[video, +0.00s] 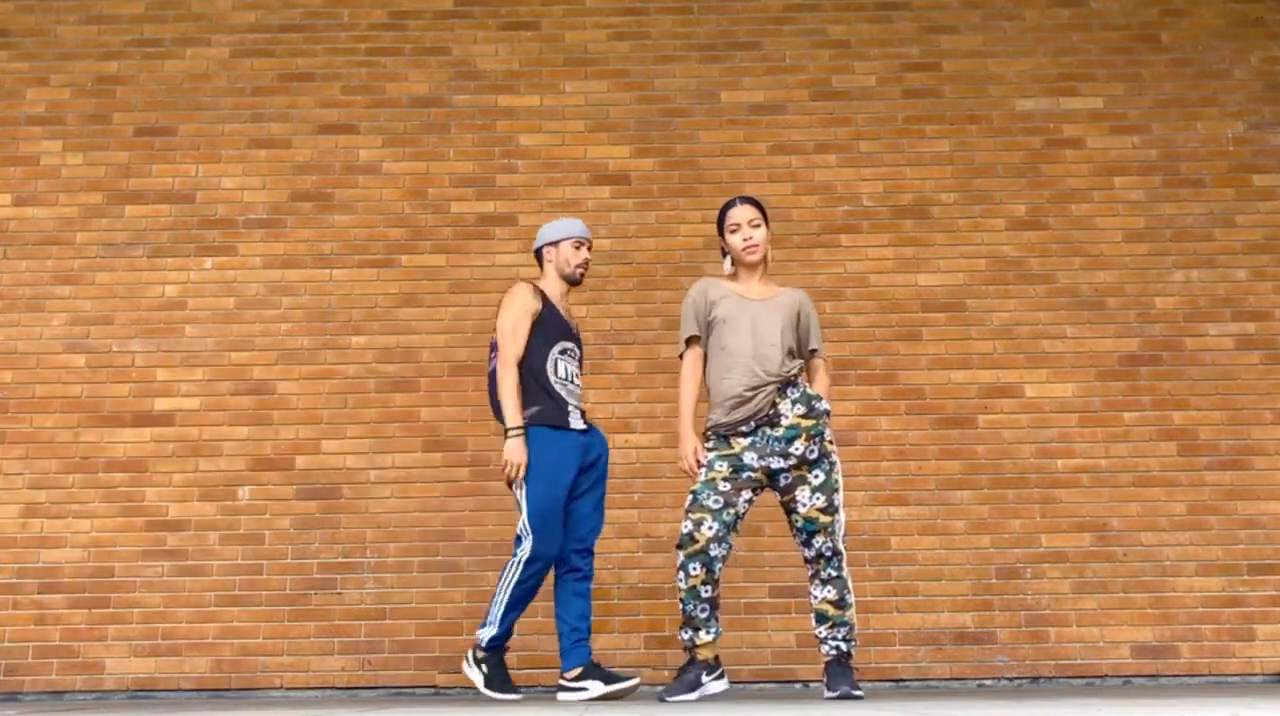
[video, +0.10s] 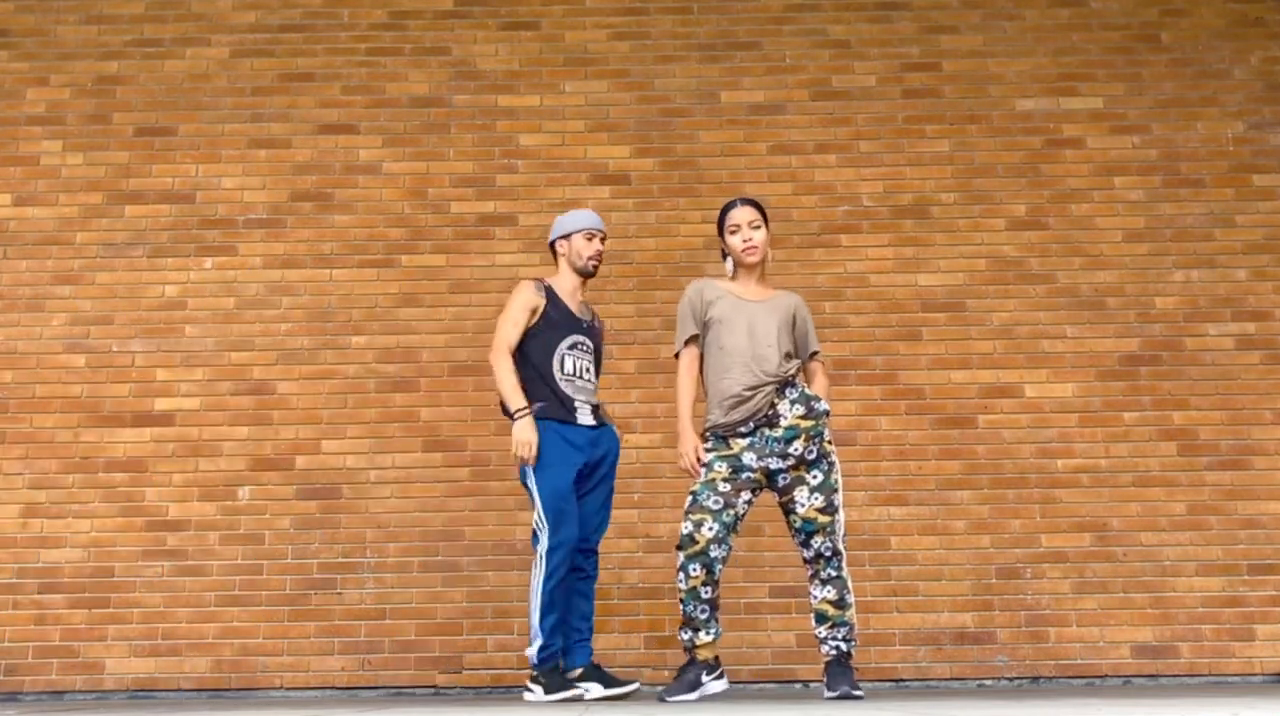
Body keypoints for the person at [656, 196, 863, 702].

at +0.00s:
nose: (747, 235)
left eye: (754, 226)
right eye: (736, 230)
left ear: (770, 234)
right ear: (724, 244)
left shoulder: (795, 300)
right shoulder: (706, 294)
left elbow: (818, 368)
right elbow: (692, 363)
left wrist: (815, 414)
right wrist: (686, 430)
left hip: (795, 433)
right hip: (730, 439)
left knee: (823, 543)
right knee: (698, 539)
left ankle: (839, 662)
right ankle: (704, 661)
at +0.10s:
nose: (747, 236)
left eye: (754, 227)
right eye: (736, 231)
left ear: (769, 236)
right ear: (723, 244)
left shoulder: (791, 304)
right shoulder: (702, 294)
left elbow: (816, 371)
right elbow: (689, 363)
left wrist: (816, 414)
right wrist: (685, 429)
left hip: (793, 436)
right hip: (728, 441)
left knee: (822, 543)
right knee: (698, 541)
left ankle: (839, 661)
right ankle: (703, 661)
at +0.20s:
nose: (744, 236)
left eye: (751, 227)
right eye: (733, 231)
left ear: (765, 235)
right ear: (720, 243)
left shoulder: (785, 304)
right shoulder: (696, 295)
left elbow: (809, 372)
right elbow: (684, 365)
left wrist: (816, 416)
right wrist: (682, 430)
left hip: (793, 433)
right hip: (728, 440)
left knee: (821, 543)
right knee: (700, 542)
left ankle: (839, 662)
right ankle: (704, 663)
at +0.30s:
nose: (740, 236)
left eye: (747, 227)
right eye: (728, 231)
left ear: (761, 234)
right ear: (715, 243)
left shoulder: (785, 304)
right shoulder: (695, 295)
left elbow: (809, 372)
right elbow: (683, 366)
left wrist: (815, 414)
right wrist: (681, 431)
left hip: (793, 436)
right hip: (728, 442)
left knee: (821, 544)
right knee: (702, 546)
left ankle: (839, 662)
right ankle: (705, 665)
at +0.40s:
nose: (730, 234)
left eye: (737, 224)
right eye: (720, 231)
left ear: (759, 233)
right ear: (714, 247)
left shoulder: (788, 304)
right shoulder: (698, 295)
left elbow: (811, 374)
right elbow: (684, 366)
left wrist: (815, 420)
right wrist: (680, 433)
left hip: (792, 436)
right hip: (727, 442)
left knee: (822, 543)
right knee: (702, 545)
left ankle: (838, 661)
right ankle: (705, 665)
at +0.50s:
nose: (718, 236)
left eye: (727, 225)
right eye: (711, 233)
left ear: (756, 234)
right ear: (710, 247)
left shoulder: (789, 302)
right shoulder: (698, 295)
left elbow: (811, 371)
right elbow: (684, 366)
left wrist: (814, 420)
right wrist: (679, 433)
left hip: (793, 436)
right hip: (727, 442)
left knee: (822, 544)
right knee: (702, 545)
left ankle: (839, 661)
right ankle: (705, 665)